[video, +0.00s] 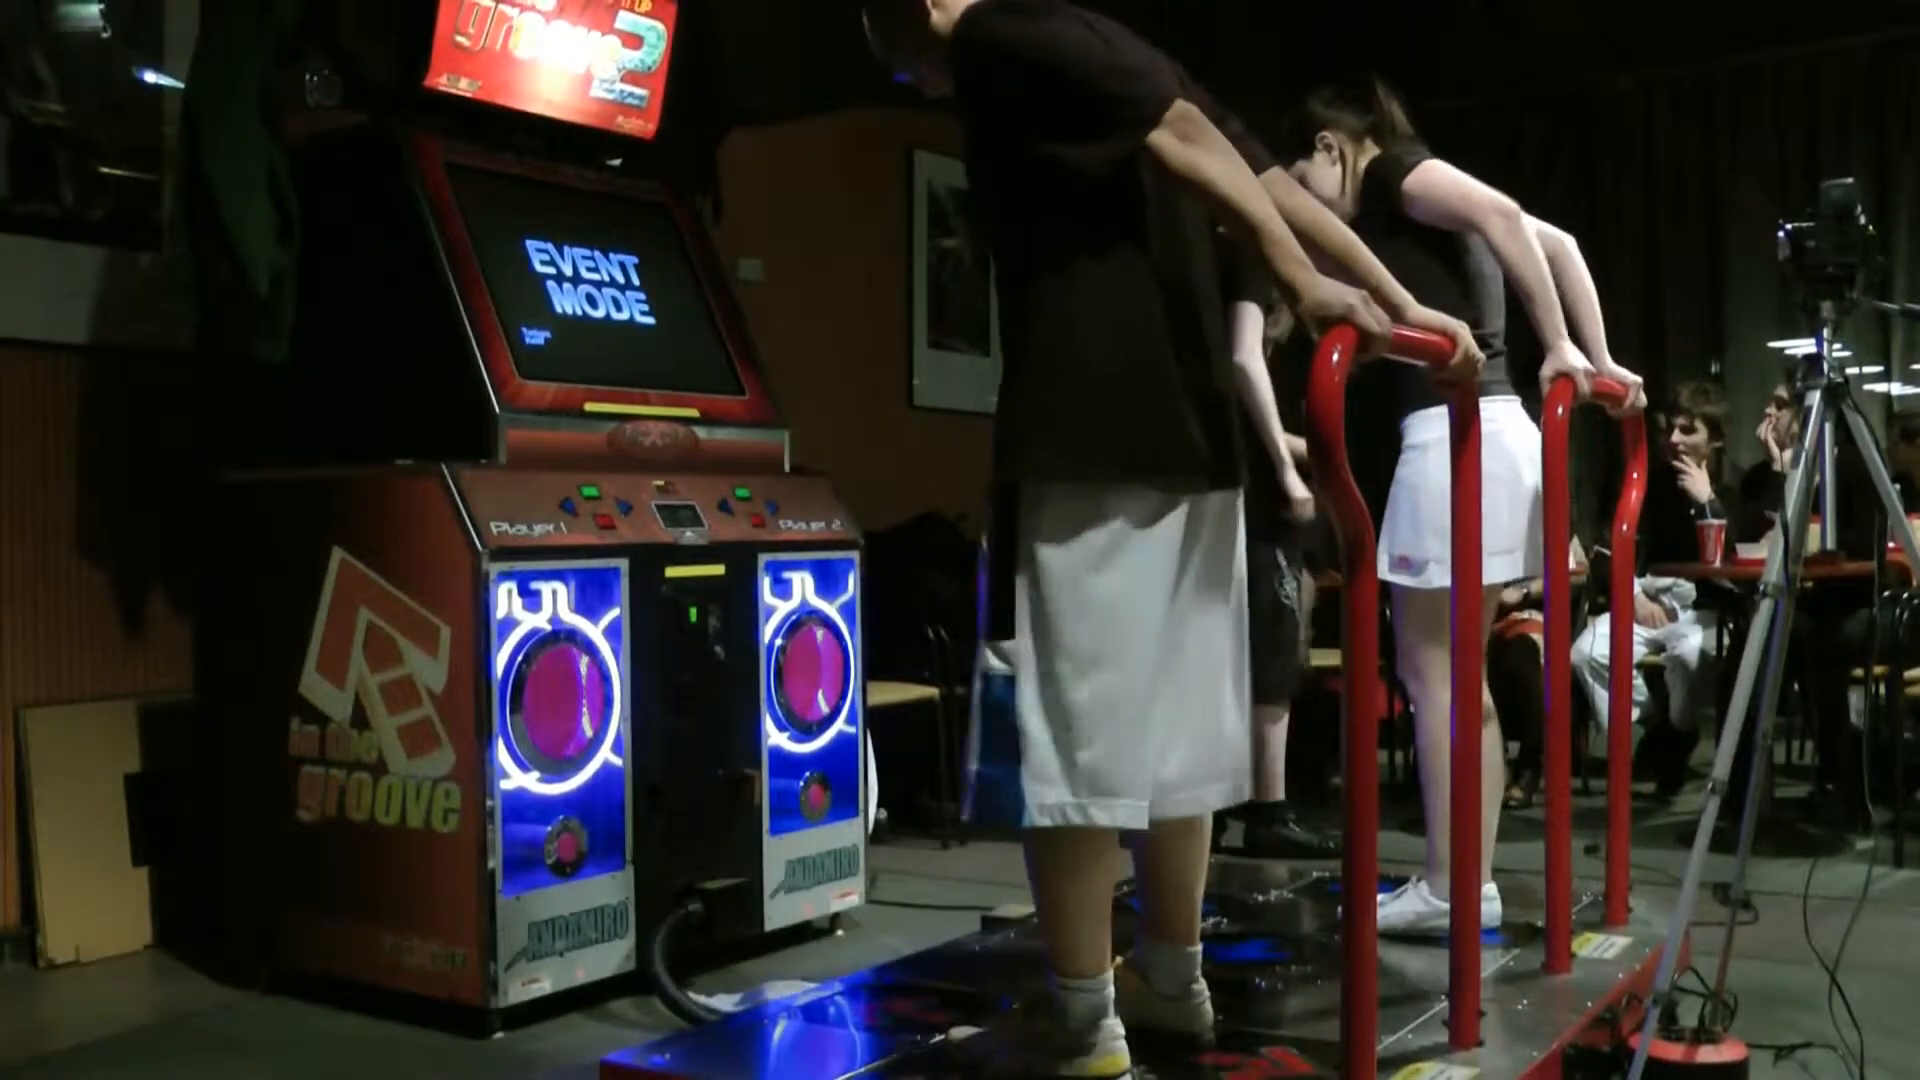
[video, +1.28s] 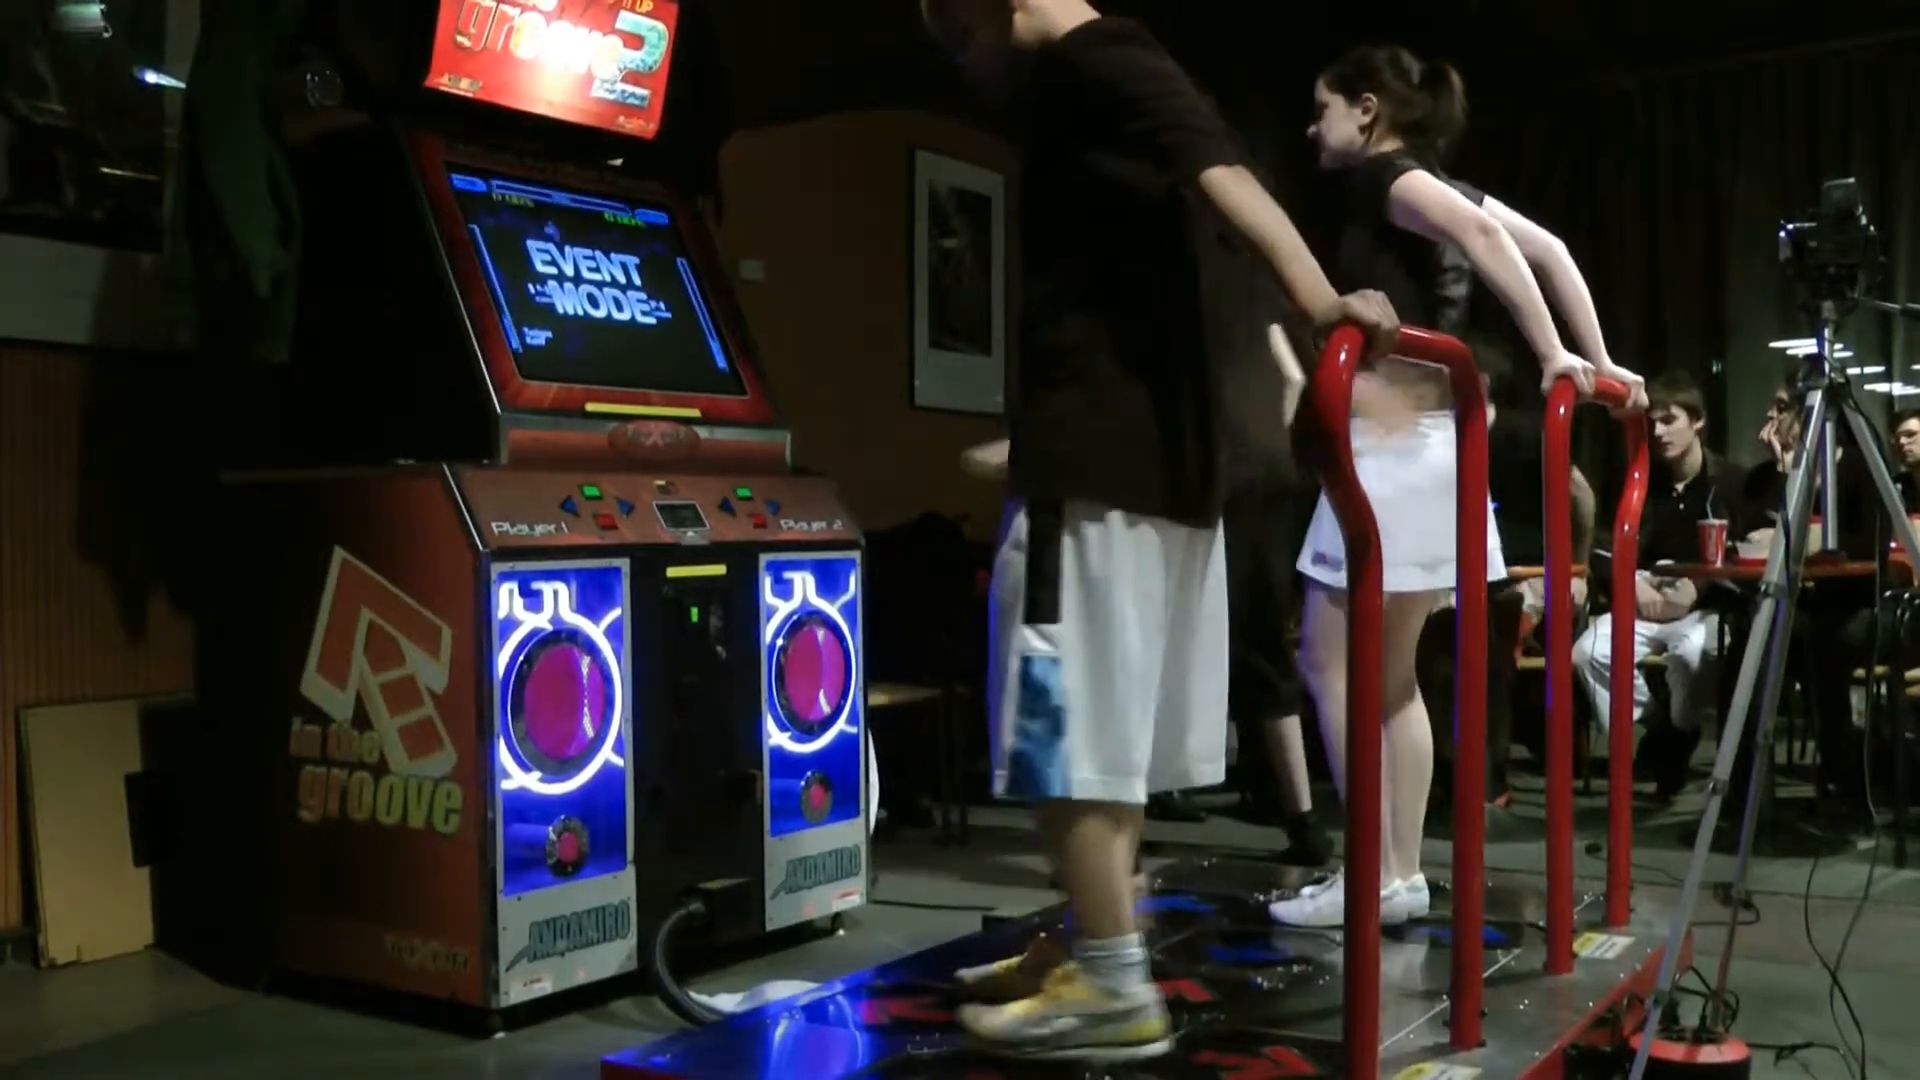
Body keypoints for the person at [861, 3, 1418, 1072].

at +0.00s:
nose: (912, 54)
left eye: (901, 37)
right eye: (902, 42)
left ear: (924, 8)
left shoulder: (992, 35)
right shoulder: (1127, 50)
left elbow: (1184, 137)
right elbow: (1273, 186)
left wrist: (1301, 279)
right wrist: (1397, 299)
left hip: (1088, 430)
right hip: (1197, 424)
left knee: (1074, 722)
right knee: (1186, 711)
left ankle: (1083, 1019)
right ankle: (1177, 988)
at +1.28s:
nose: (970, 48)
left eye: (968, 27)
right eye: (965, 33)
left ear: (1009, 7)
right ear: (1067, 0)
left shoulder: (1088, 65)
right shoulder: (1119, 77)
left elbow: (1222, 175)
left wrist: (1324, 303)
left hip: (1105, 460)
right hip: (1157, 461)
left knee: (1073, 720)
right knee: (1113, 715)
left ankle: (1113, 987)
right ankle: (1092, 950)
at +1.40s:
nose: (980, 36)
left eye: (984, 18)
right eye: (976, 25)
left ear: (1036, 3)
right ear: (1062, 12)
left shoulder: (1114, 65)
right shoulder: (1073, 100)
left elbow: (1236, 169)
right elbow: (1078, 340)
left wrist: (1324, 296)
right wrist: (951, 447)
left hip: (1124, 465)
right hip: (1104, 464)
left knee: (1102, 730)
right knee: (1097, 725)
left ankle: (1149, 986)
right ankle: (1085, 941)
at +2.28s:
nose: (960, 36)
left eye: (960, 16)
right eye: (952, 24)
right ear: (1016, 12)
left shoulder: (1115, 61)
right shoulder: (1045, 104)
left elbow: (1242, 181)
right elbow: (1008, 324)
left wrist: (1326, 302)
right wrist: (917, 462)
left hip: (1112, 468)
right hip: (1053, 468)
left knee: (1118, 732)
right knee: (1071, 726)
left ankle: (1157, 997)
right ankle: (1084, 945)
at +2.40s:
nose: (954, 35)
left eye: (955, 15)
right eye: (950, 22)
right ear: (1008, 11)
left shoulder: (1112, 62)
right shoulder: (1052, 97)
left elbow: (1234, 175)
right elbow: (1155, 295)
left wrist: (1319, 297)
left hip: (1112, 470)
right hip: (1054, 469)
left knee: (1117, 739)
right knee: (1062, 730)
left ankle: (1157, 996)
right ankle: (1084, 943)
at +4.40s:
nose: (999, 16)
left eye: (1003, 4)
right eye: (1000, 9)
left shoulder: (1110, 56)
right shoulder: (1107, 72)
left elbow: (1227, 177)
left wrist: (1317, 301)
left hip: (1092, 471)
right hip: (1133, 466)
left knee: (1047, 719)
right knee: (1110, 715)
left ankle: (1114, 973)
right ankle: (1087, 946)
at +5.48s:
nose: (1062, 24)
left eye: (1063, 17)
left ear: (1091, 5)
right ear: (1166, 3)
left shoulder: (1089, 47)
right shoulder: (1247, 65)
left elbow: (1227, 126)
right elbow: (1360, 191)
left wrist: (1296, 311)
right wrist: (1435, 318)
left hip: (1127, 427)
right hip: (1241, 441)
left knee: (1098, 708)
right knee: (1171, 706)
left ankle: (1093, 992)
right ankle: (1155, 960)